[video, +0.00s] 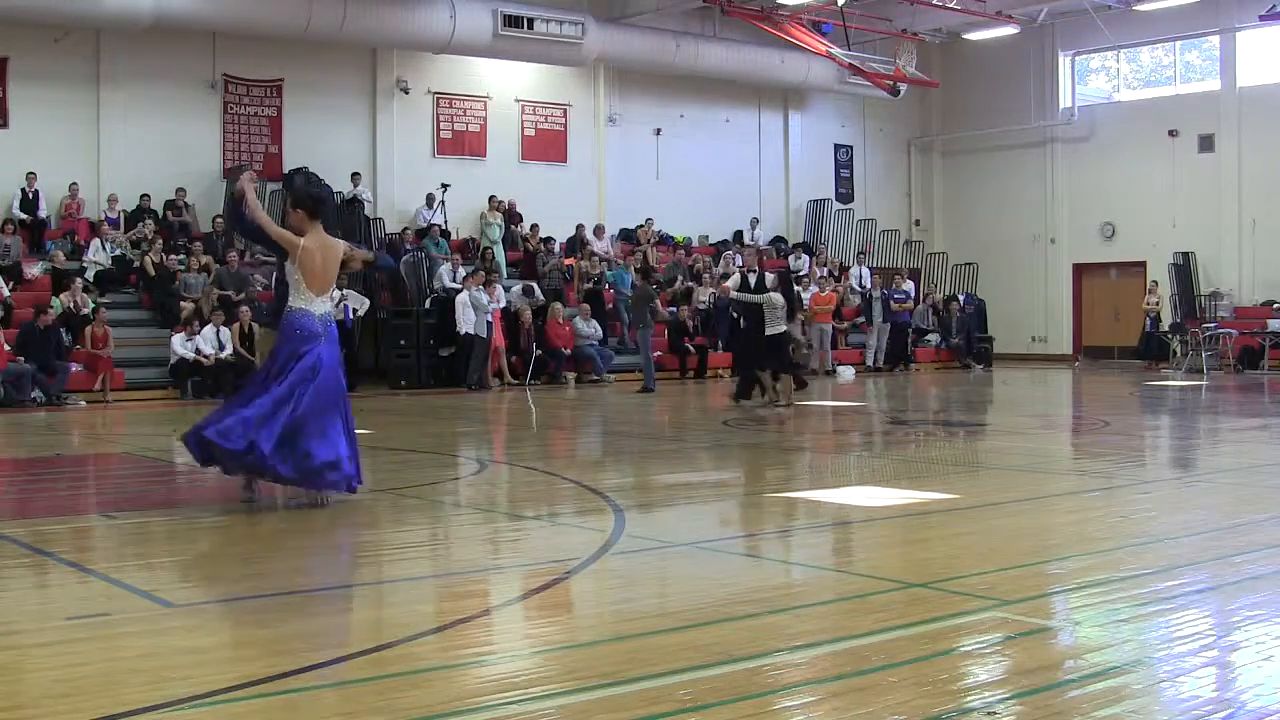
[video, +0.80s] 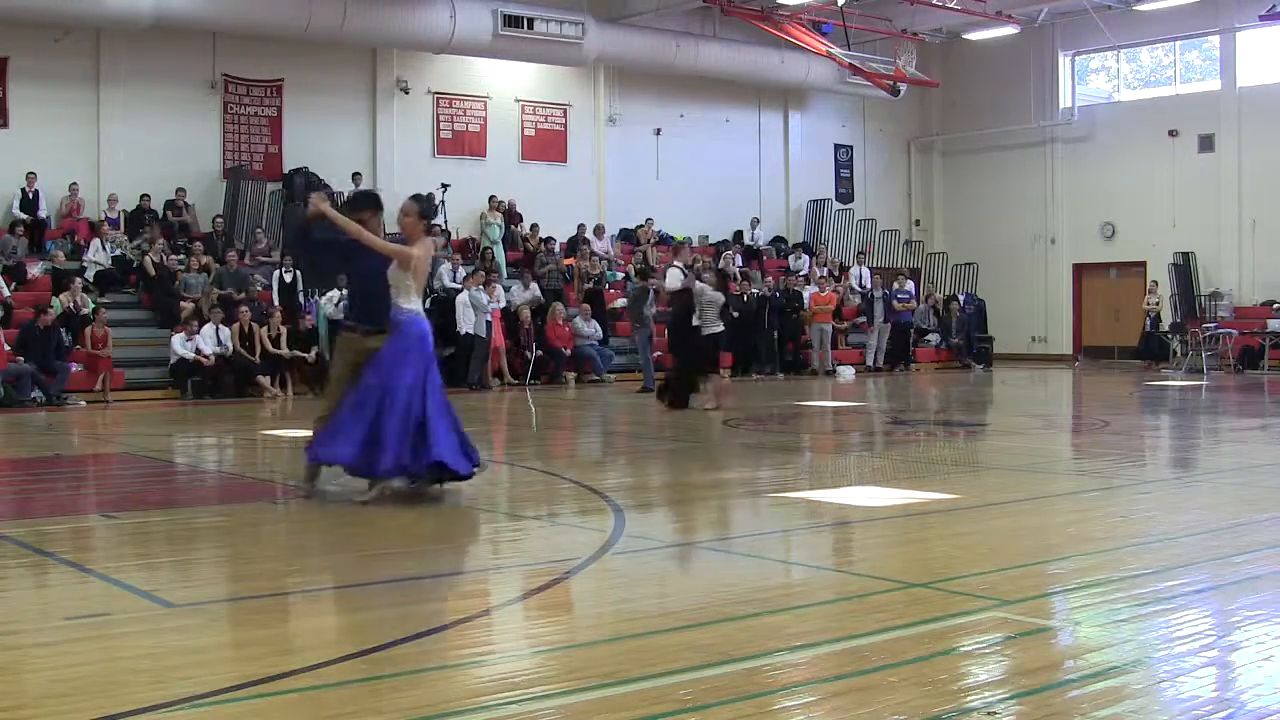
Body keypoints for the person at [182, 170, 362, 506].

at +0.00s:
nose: (287, 217)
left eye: (289, 211)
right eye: (289, 211)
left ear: (300, 212)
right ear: (319, 211)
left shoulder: (298, 244)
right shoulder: (340, 246)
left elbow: (258, 216)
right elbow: (365, 258)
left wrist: (248, 189)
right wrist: (357, 258)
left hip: (298, 328)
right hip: (326, 329)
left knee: (277, 395)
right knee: (321, 401)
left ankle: (252, 462)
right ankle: (318, 478)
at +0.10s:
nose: (292, 219)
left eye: (295, 213)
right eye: (293, 213)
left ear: (310, 216)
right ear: (321, 214)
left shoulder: (306, 248)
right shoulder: (347, 250)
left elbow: (268, 222)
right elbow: (372, 260)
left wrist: (252, 194)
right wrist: (360, 260)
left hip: (306, 329)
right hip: (334, 331)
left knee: (292, 399)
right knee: (330, 400)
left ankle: (267, 467)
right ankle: (333, 473)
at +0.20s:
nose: (307, 219)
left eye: (310, 213)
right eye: (308, 213)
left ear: (322, 215)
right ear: (335, 216)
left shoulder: (316, 251)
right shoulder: (352, 250)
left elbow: (283, 231)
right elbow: (371, 256)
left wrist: (261, 203)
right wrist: (373, 256)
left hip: (318, 331)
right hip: (344, 331)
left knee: (311, 400)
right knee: (342, 401)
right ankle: (361, 469)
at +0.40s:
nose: (334, 217)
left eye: (338, 212)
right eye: (336, 211)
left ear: (351, 216)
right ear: (362, 217)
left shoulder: (345, 248)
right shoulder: (376, 247)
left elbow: (303, 234)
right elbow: (383, 250)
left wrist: (268, 210)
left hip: (348, 328)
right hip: (369, 327)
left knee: (334, 400)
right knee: (362, 400)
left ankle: (332, 473)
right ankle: (370, 468)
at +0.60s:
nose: (363, 217)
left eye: (369, 213)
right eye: (364, 212)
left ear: (386, 219)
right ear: (387, 220)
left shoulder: (377, 250)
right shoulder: (396, 246)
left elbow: (331, 232)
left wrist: (298, 208)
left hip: (373, 328)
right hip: (388, 327)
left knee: (347, 392)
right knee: (389, 397)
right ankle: (406, 466)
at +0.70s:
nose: (381, 221)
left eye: (386, 216)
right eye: (382, 215)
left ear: (403, 221)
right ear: (404, 222)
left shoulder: (393, 254)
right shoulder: (411, 249)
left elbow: (349, 236)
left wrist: (315, 210)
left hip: (388, 331)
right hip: (401, 329)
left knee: (369, 397)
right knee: (407, 397)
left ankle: (371, 471)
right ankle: (426, 467)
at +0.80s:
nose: (400, 220)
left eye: (406, 215)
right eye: (401, 214)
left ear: (421, 222)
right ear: (417, 221)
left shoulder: (413, 252)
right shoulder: (422, 246)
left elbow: (365, 237)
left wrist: (327, 209)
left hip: (409, 331)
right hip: (413, 328)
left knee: (385, 393)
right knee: (414, 397)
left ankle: (384, 472)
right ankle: (429, 467)